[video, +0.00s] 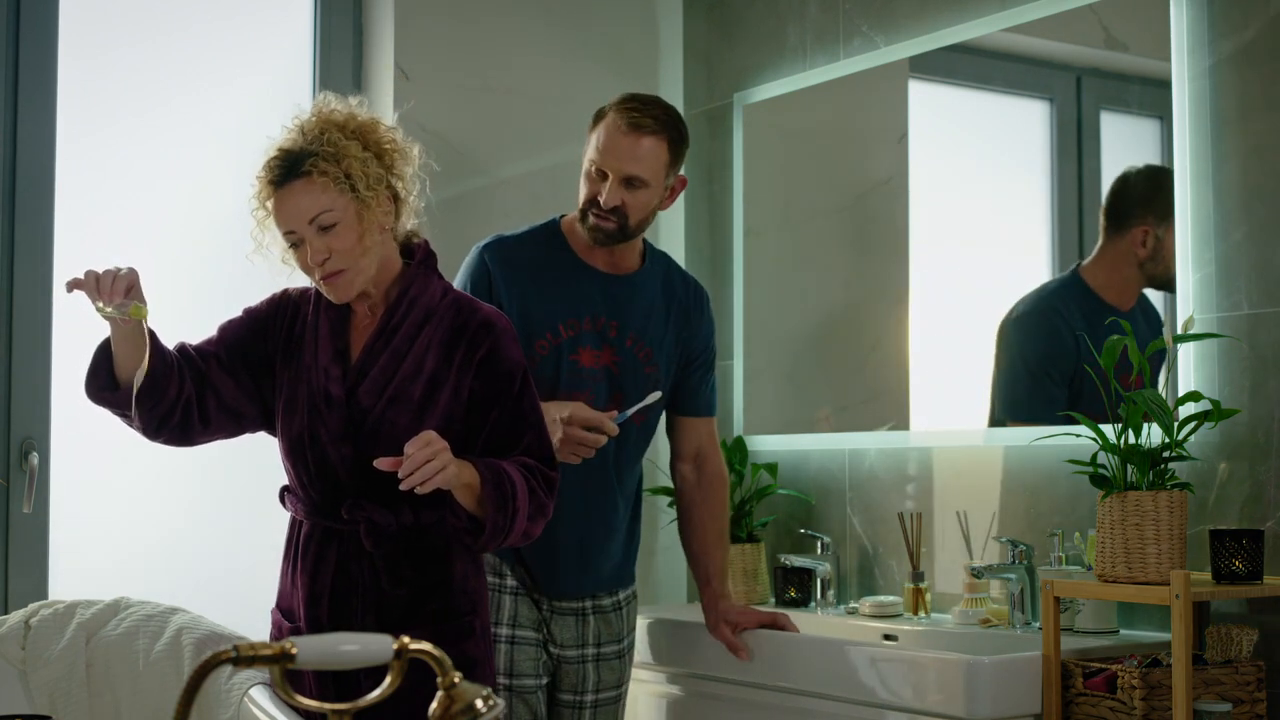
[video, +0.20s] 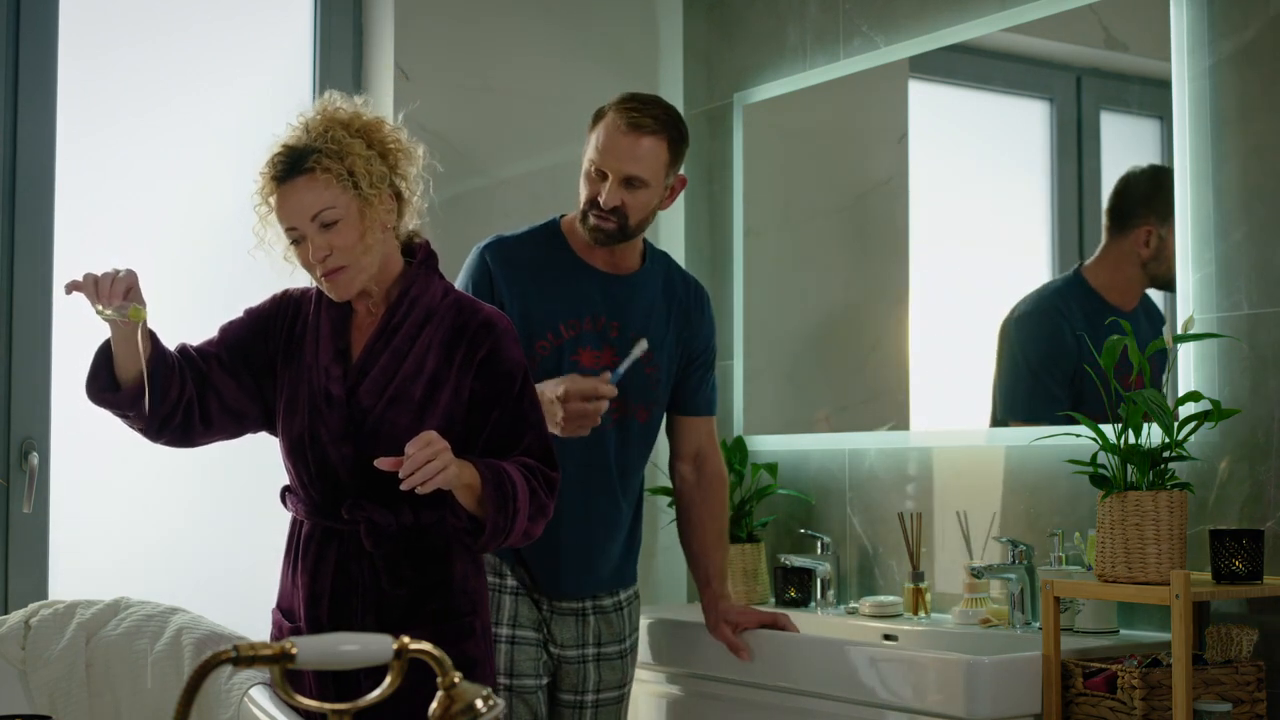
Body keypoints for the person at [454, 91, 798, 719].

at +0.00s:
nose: (605, 198)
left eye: (632, 185)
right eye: (597, 173)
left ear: (671, 191)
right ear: (583, 159)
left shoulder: (682, 304)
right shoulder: (500, 268)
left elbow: (698, 461)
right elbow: (448, 406)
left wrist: (716, 597)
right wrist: (529, 418)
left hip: (602, 578)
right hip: (497, 566)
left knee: (592, 711)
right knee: (501, 713)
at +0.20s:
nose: (605, 198)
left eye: (632, 185)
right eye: (597, 173)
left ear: (672, 191)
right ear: (583, 158)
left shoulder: (683, 303)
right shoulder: (501, 268)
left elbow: (697, 461)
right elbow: (450, 404)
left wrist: (716, 596)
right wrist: (533, 403)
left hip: (604, 581)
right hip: (498, 568)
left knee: (594, 711)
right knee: (501, 714)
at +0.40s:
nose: (604, 195)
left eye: (631, 182)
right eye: (596, 170)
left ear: (671, 189)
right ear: (582, 157)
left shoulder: (683, 304)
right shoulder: (501, 267)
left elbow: (697, 461)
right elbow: (452, 414)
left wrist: (715, 596)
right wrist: (532, 412)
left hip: (605, 582)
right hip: (498, 569)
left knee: (596, 711)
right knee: (501, 714)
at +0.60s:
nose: (600, 193)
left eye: (626, 179)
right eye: (592, 168)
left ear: (668, 187)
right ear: (579, 155)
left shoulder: (684, 301)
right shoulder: (500, 268)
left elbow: (697, 461)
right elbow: (453, 419)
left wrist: (715, 597)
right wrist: (534, 425)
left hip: (607, 583)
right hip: (499, 571)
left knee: (598, 710)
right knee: (501, 713)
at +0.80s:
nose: (598, 193)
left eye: (624, 178)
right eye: (590, 168)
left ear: (667, 184)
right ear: (576, 155)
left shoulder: (685, 300)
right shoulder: (499, 269)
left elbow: (698, 460)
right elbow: (452, 419)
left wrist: (715, 598)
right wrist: (532, 426)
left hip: (609, 583)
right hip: (499, 572)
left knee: (602, 711)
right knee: (501, 713)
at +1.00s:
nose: (598, 191)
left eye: (624, 176)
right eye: (589, 166)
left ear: (667, 182)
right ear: (576, 154)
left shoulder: (686, 300)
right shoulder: (500, 267)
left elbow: (699, 461)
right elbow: (452, 418)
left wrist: (716, 598)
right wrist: (535, 423)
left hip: (611, 585)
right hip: (500, 575)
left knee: (603, 711)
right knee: (500, 712)